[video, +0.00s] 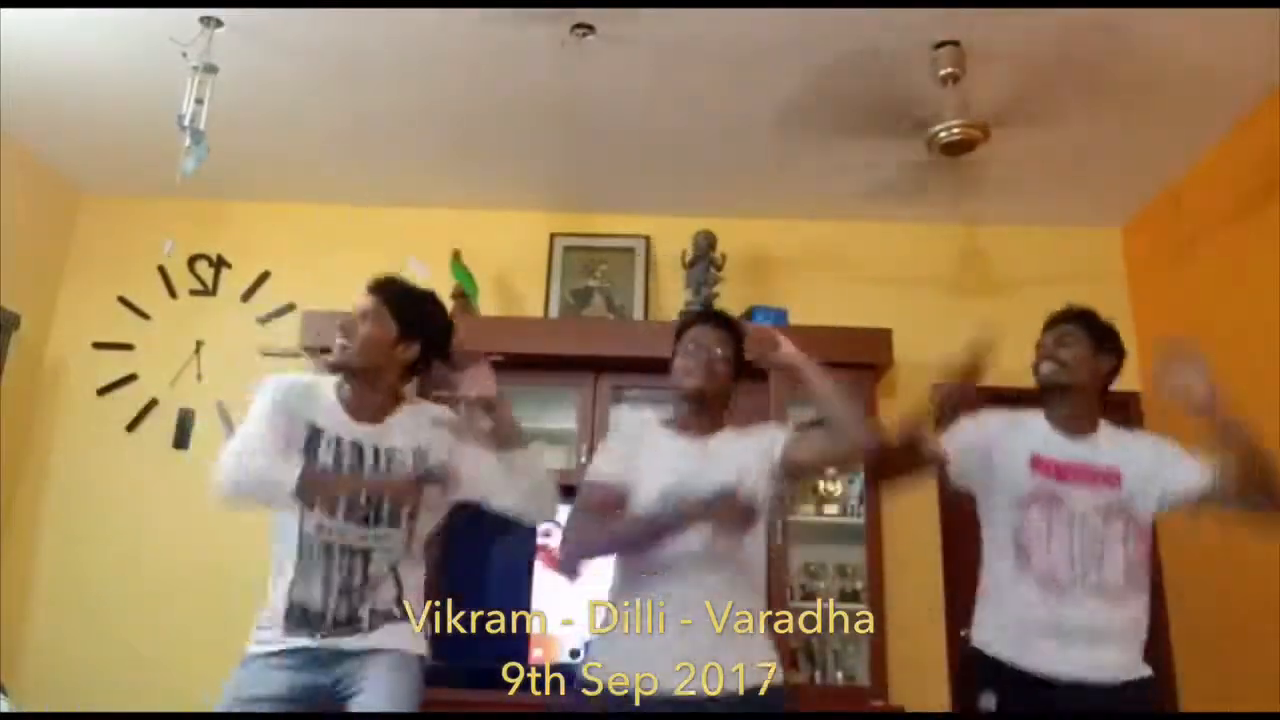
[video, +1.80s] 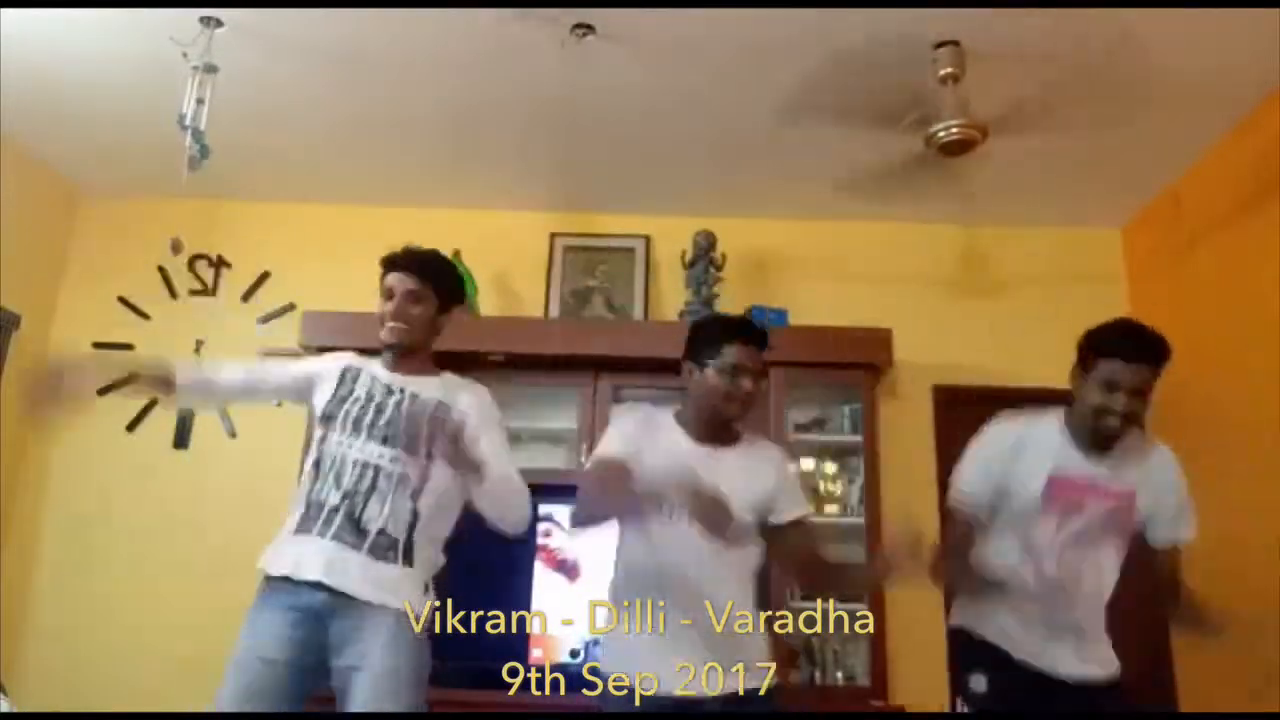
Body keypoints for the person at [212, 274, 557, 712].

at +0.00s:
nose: (345, 324)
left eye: (367, 318)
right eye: (354, 313)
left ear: (406, 351)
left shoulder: (437, 432)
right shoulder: (290, 398)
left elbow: (537, 505)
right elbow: (237, 474)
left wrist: (503, 428)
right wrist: (370, 488)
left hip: (384, 647)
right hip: (286, 641)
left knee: (386, 706)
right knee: (237, 707)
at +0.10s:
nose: (360, 320)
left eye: (379, 315)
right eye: (367, 310)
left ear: (416, 344)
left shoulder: (442, 428)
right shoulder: (319, 382)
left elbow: (557, 470)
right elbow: (250, 393)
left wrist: (509, 395)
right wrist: (383, 412)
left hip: (385, 644)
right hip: (289, 637)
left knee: (390, 706)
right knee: (228, 704)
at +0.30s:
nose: (371, 300)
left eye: (393, 292)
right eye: (380, 287)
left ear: (433, 321)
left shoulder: (463, 405)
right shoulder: (329, 372)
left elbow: (554, 440)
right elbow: (222, 327)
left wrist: (492, 347)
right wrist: (354, 345)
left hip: (368, 612)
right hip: (277, 587)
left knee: (370, 705)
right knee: (217, 699)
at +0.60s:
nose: (379, 325)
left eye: (395, 317)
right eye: (385, 315)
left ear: (434, 340)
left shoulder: (465, 422)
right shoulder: (336, 395)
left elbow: (534, 405)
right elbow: (215, 330)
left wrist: (467, 338)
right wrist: (268, 330)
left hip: (362, 641)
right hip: (272, 622)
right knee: (210, 697)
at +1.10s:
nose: (379, 320)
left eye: (395, 313)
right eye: (385, 311)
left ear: (431, 338)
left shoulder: (465, 413)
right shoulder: (343, 386)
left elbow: (524, 372)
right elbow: (270, 330)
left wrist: (462, 321)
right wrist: (218, 268)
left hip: (367, 634)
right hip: (277, 618)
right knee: (215, 703)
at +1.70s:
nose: (373, 318)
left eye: (391, 310)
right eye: (376, 307)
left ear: (433, 332)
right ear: (372, 313)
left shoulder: (462, 413)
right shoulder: (337, 379)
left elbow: (521, 429)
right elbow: (244, 330)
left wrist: (469, 350)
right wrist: (174, 261)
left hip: (378, 633)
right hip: (284, 615)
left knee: (377, 704)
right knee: (218, 704)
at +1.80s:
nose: (396, 309)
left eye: (414, 299)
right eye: (389, 296)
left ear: (444, 315)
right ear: (379, 304)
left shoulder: (466, 401)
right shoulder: (340, 369)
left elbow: (516, 518)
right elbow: (246, 380)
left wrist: (466, 450)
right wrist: (163, 376)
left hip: (385, 607)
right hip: (290, 586)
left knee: (383, 707)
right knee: (238, 705)